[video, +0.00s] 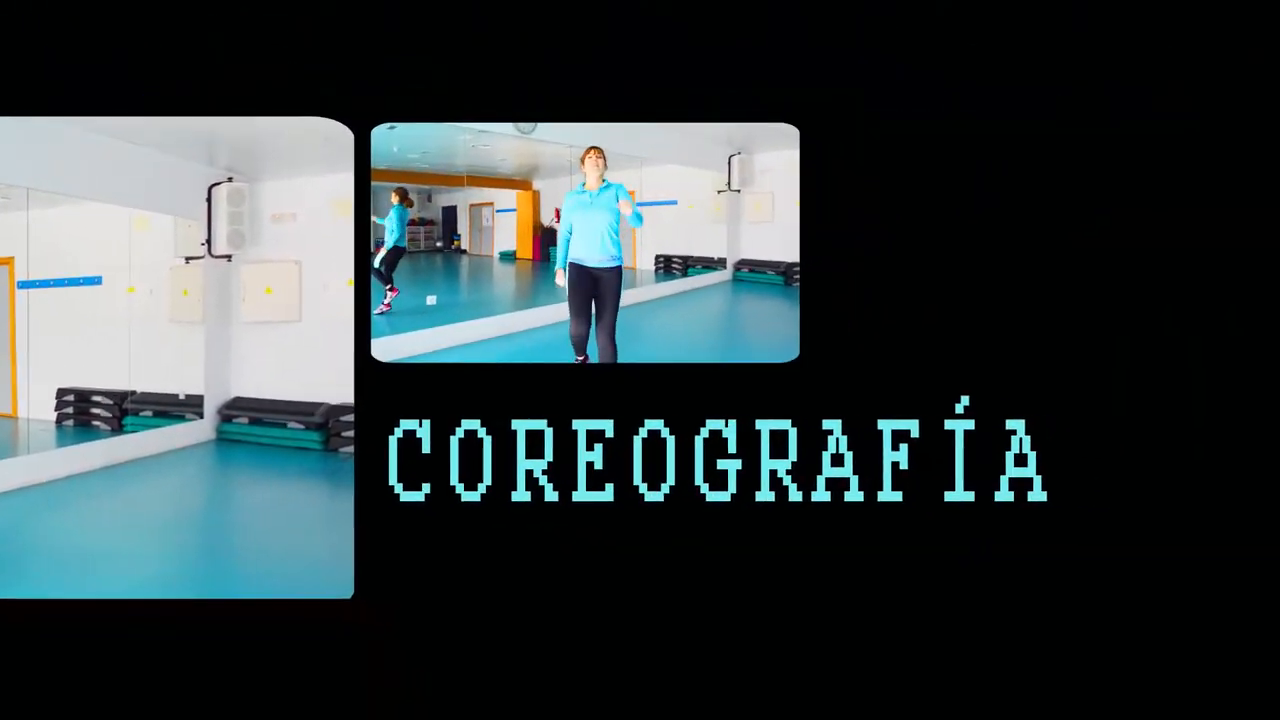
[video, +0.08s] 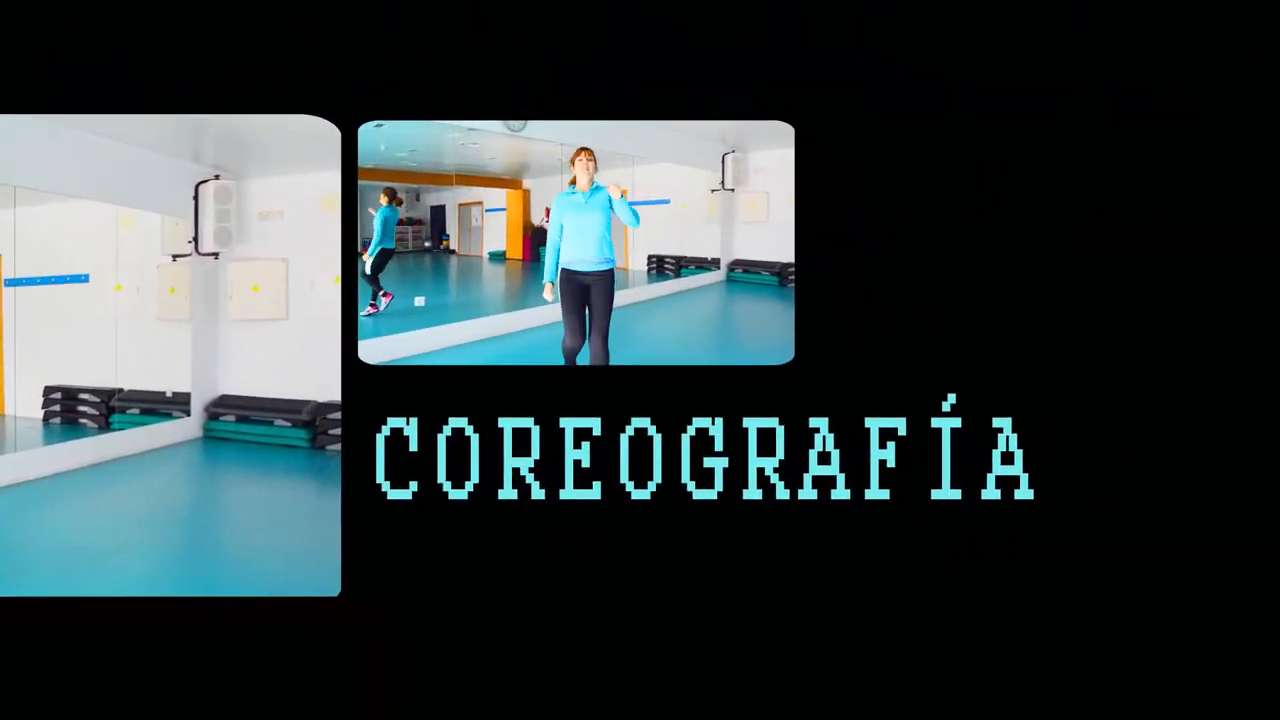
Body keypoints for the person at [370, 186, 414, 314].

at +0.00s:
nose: (391, 197)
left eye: (393, 195)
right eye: (392, 194)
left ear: (397, 197)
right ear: (402, 198)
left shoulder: (396, 211)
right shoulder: (401, 210)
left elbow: (397, 232)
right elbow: (389, 222)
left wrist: (386, 246)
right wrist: (376, 220)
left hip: (394, 245)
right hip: (399, 245)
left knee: (374, 267)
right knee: (388, 271)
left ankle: (390, 289)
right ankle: (386, 302)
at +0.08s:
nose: (380, 197)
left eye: (382, 195)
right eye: (381, 195)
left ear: (385, 197)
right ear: (392, 198)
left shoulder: (381, 213)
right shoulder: (395, 211)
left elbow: (378, 236)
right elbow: (388, 222)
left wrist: (368, 253)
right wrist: (376, 215)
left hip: (382, 247)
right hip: (390, 246)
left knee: (366, 273)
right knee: (375, 274)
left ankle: (384, 294)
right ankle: (372, 304)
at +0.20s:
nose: (376, 204)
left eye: (377, 202)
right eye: (377, 202)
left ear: (381, 203)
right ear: (389, 203)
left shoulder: (375, 219)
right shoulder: (394, 216)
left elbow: (364, 237)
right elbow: (400, 228)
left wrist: (352, 249)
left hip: (375, 253)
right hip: (386, 252)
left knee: (371, 282)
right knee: (367, 278)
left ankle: (392, 306)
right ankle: (366, 307)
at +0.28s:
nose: (379, 202)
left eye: (380, 200)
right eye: (379, 200)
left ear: (383, 200)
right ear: (392, 201)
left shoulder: (378, 215)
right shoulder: (398, 214)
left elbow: (363, 231)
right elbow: (409, 228)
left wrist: (350, 236)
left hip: (380, 251)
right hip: (392, 251)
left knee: (381, 281)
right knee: (376, 279)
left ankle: (396, 309)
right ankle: (367, 306)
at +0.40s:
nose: (385, 197)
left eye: (386, 195)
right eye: (385, 195)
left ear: (389, 195)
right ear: (398, 196)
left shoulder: (385, 208)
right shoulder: (404, 209)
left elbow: (365, 221)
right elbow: (415, 225)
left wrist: (351, 217)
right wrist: (402, 230)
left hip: (389, 245)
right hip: (400, 244)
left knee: (389, 277)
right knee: (388, 275)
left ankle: (395, 309)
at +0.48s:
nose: (389, 196)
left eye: (389, 194)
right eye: (389, 194)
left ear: (393, 194)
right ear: (401, 195)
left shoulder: (389, 207)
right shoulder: (408, 209)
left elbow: (368, 216)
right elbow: (417, 227)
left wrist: (358, 204)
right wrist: (408, 238)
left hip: (393, 244)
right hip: (404, 244)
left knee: (391, 274)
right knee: (394, 272)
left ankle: (394, 309)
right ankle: (408, 298)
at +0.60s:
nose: (393, 199)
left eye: (394, 196)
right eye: (393, 196)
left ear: (398, 196)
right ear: (405, 197)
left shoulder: (397, 209)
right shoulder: (411, 212)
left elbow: (379, 215)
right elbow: (417, 232)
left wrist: (376, 202)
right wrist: (412, 242)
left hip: (400, 247)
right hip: (411, 247)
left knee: (390, 276)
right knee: (408, 277)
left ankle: (390, 308)